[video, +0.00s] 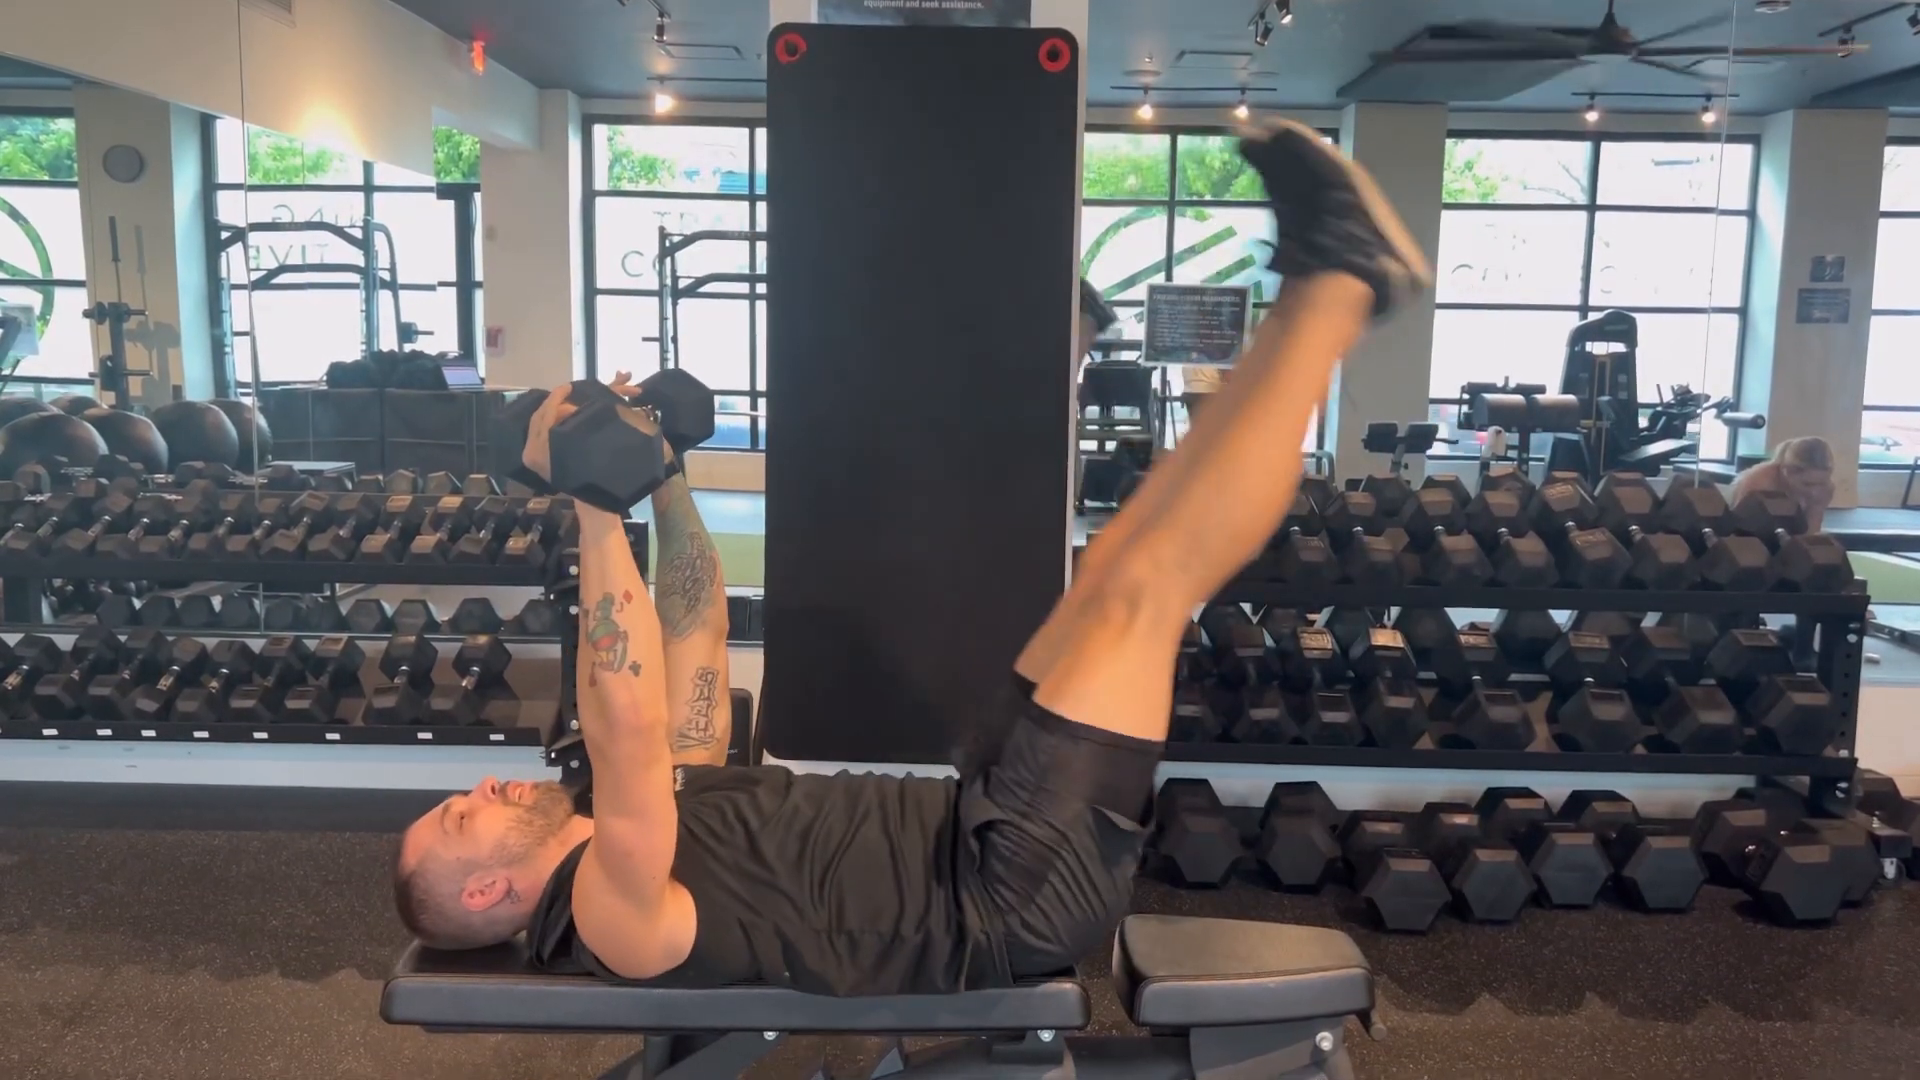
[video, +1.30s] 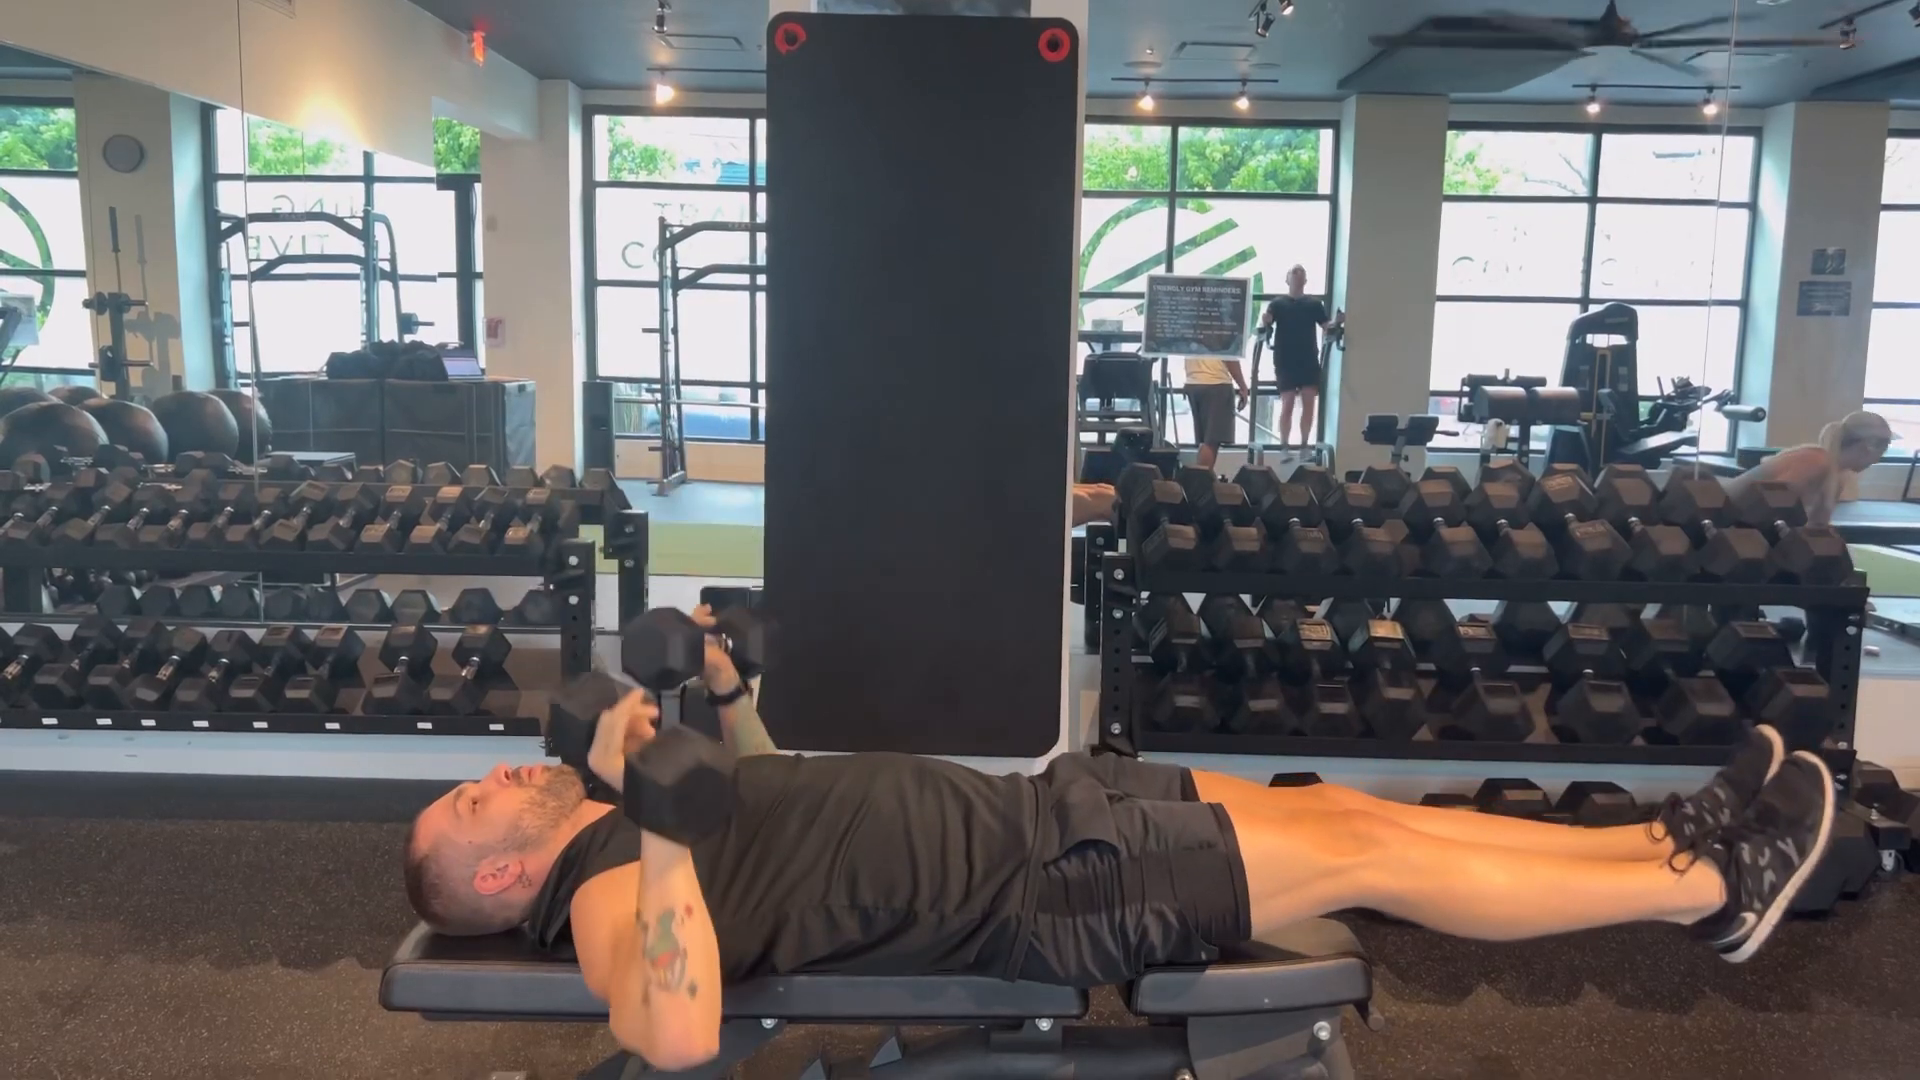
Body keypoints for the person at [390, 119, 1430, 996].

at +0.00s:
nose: (478, 791)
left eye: (458, 802)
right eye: (460, 830)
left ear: (499, 813)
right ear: (499, 889)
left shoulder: (628, 822)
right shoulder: (615, 897)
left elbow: (696, 659)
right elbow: (624, 679)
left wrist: (661, 485)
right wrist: (597, 508)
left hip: (977, 826)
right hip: (1005, 886)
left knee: (1123, 562)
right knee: (1142, 576)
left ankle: (1321, 285)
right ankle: (1340, 277)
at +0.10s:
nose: (503, 784)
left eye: (484, 792)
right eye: (479, 814)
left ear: (517, 837)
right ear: (503, 893)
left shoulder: (642, 830)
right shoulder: (623, 905)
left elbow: (695, 660)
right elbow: (626, 701)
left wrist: (668, 484)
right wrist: (600, 514)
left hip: (988, 814)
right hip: (1017, 891)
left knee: (1191, 581)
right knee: (1202, 599)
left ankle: (1410, 355)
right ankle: (1460, 357)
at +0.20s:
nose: (481, 790)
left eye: (465, 801)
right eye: (462, 830)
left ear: (518, 827)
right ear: (494, 893)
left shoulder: (638, 821)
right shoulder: (619, 903)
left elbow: (696, 667)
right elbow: (620, 678)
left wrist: (660, 485)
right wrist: (601, 498)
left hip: (999, 808)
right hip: (1022, 881)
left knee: (1228, 620)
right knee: (1244, 643)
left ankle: (1493, 442)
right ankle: (1547, 452)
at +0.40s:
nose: (492, 794)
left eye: (473, 800)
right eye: (472, 826)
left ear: (523, 839)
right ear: (507, 901)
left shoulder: (640, 834)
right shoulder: (622, 903)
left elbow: (694, 662)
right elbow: (628, 704)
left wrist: (656, 494)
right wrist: (606, 520)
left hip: (1025, 799)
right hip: (1031, 871)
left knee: (1301, 700)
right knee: (1317, 721)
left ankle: (1626, 613)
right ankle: (1652, 642)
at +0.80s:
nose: (495, 796)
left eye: (476, 799)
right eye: (475, 831)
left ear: (532, 810)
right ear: (511, 899)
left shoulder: (649, 811)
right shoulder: (622, 903)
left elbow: (721, 664)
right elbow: (628, 699)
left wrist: (682, 507)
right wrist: (607, 524)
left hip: (1052, 799)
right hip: (1056, 881)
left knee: (1348, 782)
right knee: (1367, 836)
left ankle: (1668, 801)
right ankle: (1712, 841)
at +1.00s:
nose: (500, 794)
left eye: (485, 796)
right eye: (475, 820)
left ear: (524, 807)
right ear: (484, 892)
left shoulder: (641, 805)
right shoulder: (601, 909)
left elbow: (749, 711)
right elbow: (658, 897)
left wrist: (704, 580)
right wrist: (626, 669)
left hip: (1049, 797)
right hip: (1051, 875)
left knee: (1362, 803)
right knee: (1369, 842)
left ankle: (1688, 830)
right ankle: (1705, 861)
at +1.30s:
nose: (508, 779)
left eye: (485, 787)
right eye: (487, 810)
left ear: (531, 822)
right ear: (511, 880)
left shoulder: (622, 792)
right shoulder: (612, 895)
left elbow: (645, 724)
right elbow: (672, 1039)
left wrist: (621, 732)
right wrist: (658, 885)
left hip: (1057, 794)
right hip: (1056, 875)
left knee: (1340, 805)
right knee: (1367, 852)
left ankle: (1668, 852)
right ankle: (1709, 887)